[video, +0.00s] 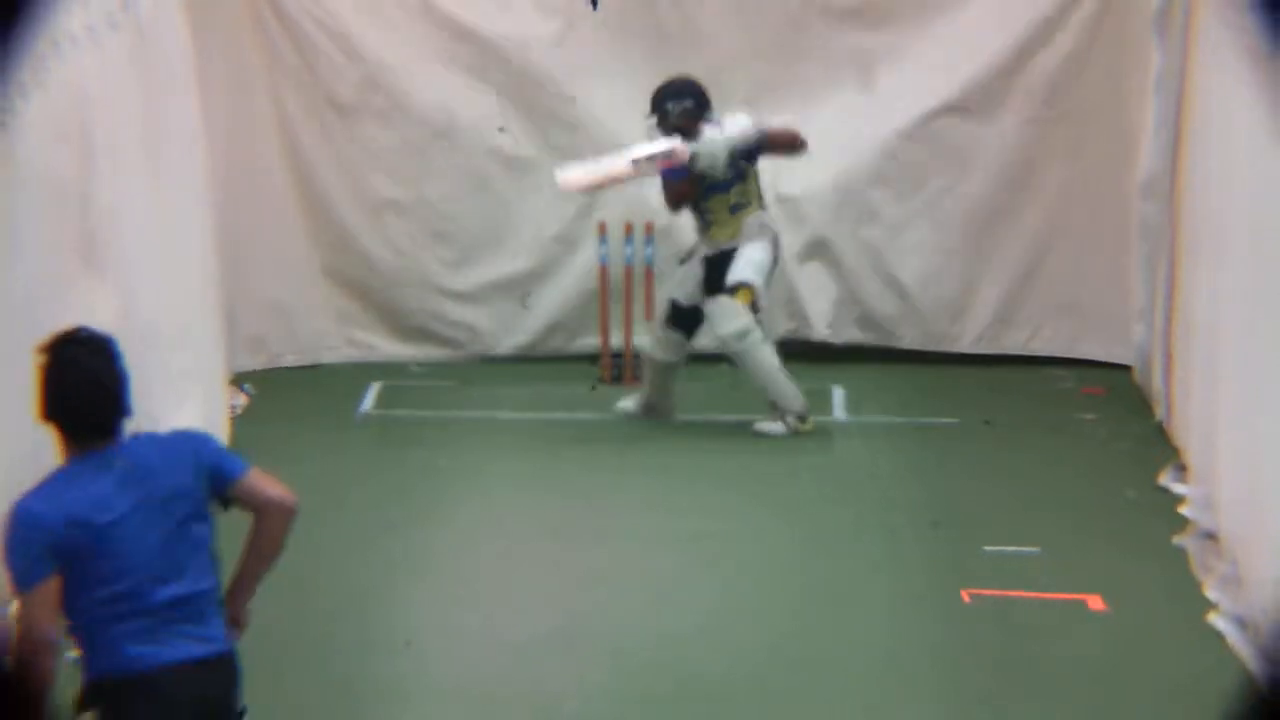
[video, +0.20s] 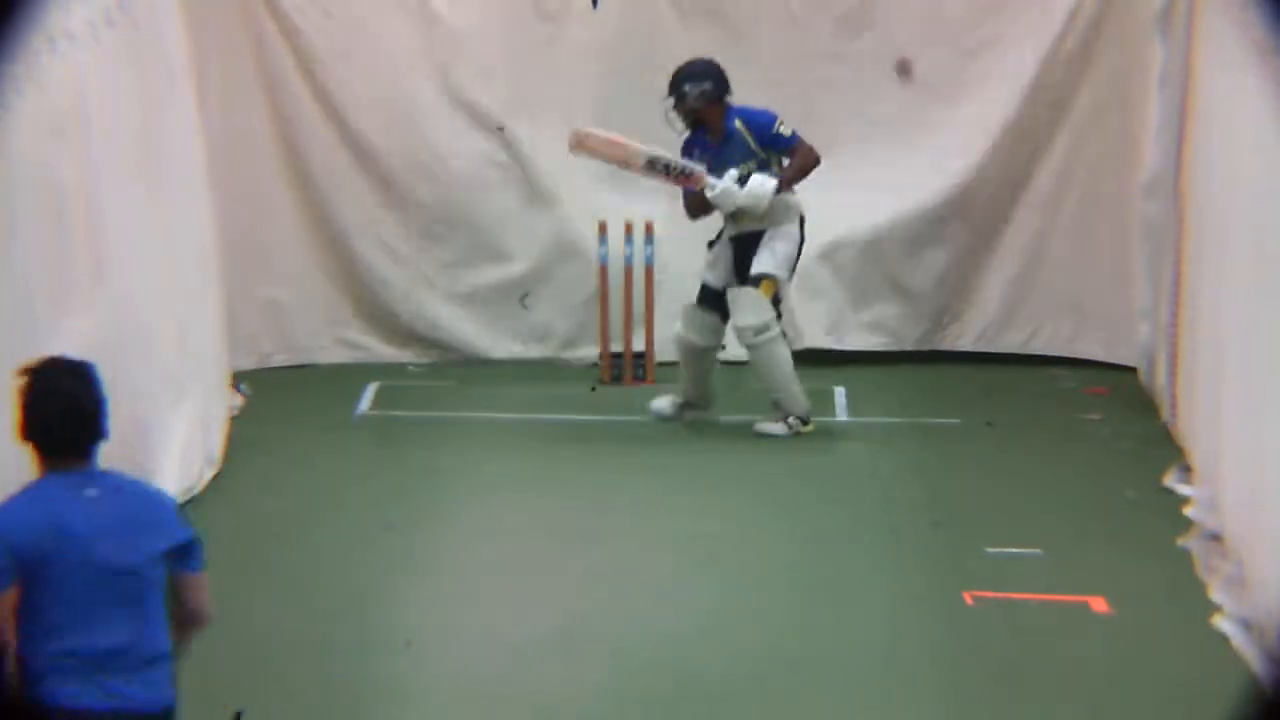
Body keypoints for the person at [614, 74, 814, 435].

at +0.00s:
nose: (667, 126)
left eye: (672, 116)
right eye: (663, 118)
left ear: (694, 113)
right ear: (661, 120)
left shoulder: (733, 131)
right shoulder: (672, 154)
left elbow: (795, 143)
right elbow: (674, 201)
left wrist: (740, 146)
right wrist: (700, 167)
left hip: (752, 238)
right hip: (711, 245)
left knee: (730, 317)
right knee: (673, 323)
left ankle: (793, 411)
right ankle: (654, 402)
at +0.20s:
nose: (679, 109)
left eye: (684, 100)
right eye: (677, 101)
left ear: (707, 97)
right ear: (690, 101)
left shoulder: (756, 122)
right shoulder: (693, 147)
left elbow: (808, 156)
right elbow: (693, 209)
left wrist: (773, 186)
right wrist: (716, 196)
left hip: (778, 226)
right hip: (735, 231)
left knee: (751, 314)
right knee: (698, 325)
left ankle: (795, 414)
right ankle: (694, 400)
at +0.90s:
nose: (722, 59)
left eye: (730, 50)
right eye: (716, 50)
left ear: (750, 49)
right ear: (709, 50)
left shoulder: (768, 90)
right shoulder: (717, 97)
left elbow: (803, 144)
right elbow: (711, 156)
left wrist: (790, 201)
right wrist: (700, 206)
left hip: (767, 212)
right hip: (732, 212)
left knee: (762, 307)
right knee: (726, 308)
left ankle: (796, 411)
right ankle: (731, 403)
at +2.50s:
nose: (715, 52)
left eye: (718, 45)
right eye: (716, 46)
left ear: (730, 41)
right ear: (756, 42)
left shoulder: (737, 67)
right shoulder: (765, 80)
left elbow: (750, 119)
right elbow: (758, 152)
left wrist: (749, 186)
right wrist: (717, 203)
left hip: (744, 195)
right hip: (756, 194)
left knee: (722, 295)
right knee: (734, 299)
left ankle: (776, 395)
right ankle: (737, 397)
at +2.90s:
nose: (742, 50)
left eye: (744, 44)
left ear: (749, 45)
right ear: (789, 51)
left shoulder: (736, 75)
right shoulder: (798, 96)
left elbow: (723, 129)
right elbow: (803, 165)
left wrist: (706, 188)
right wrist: (769, 190)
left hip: (742, 199)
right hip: (780, 204)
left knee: (718, 287)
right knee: (754, 289)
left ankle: (743, 385)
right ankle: (740, 391)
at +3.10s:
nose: (758, 46)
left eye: (759, 39)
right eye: (804, 46)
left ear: (760, 43)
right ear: (800, 48)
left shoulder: (735, 80)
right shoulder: (810, 93)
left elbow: (708, 140)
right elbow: (828, 160)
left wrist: (692, 195)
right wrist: (805, 200)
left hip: (757, 198)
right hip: (798, 201)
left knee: (750, 295)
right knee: (766, 297)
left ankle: (762, 403)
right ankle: (739, 389)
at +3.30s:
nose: (826, 51)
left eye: (826, 45)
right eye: (824, 44)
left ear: (780, 39)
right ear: (816, 44)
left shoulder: (746, 79)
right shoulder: (826, 91)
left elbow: (715, 141)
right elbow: (845, 156)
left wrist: (699, 196)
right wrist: (856, 214)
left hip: (771, 198)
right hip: (817, 198)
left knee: (766, 295)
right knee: (803, 291)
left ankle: (766, 407)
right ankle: (804, 395)